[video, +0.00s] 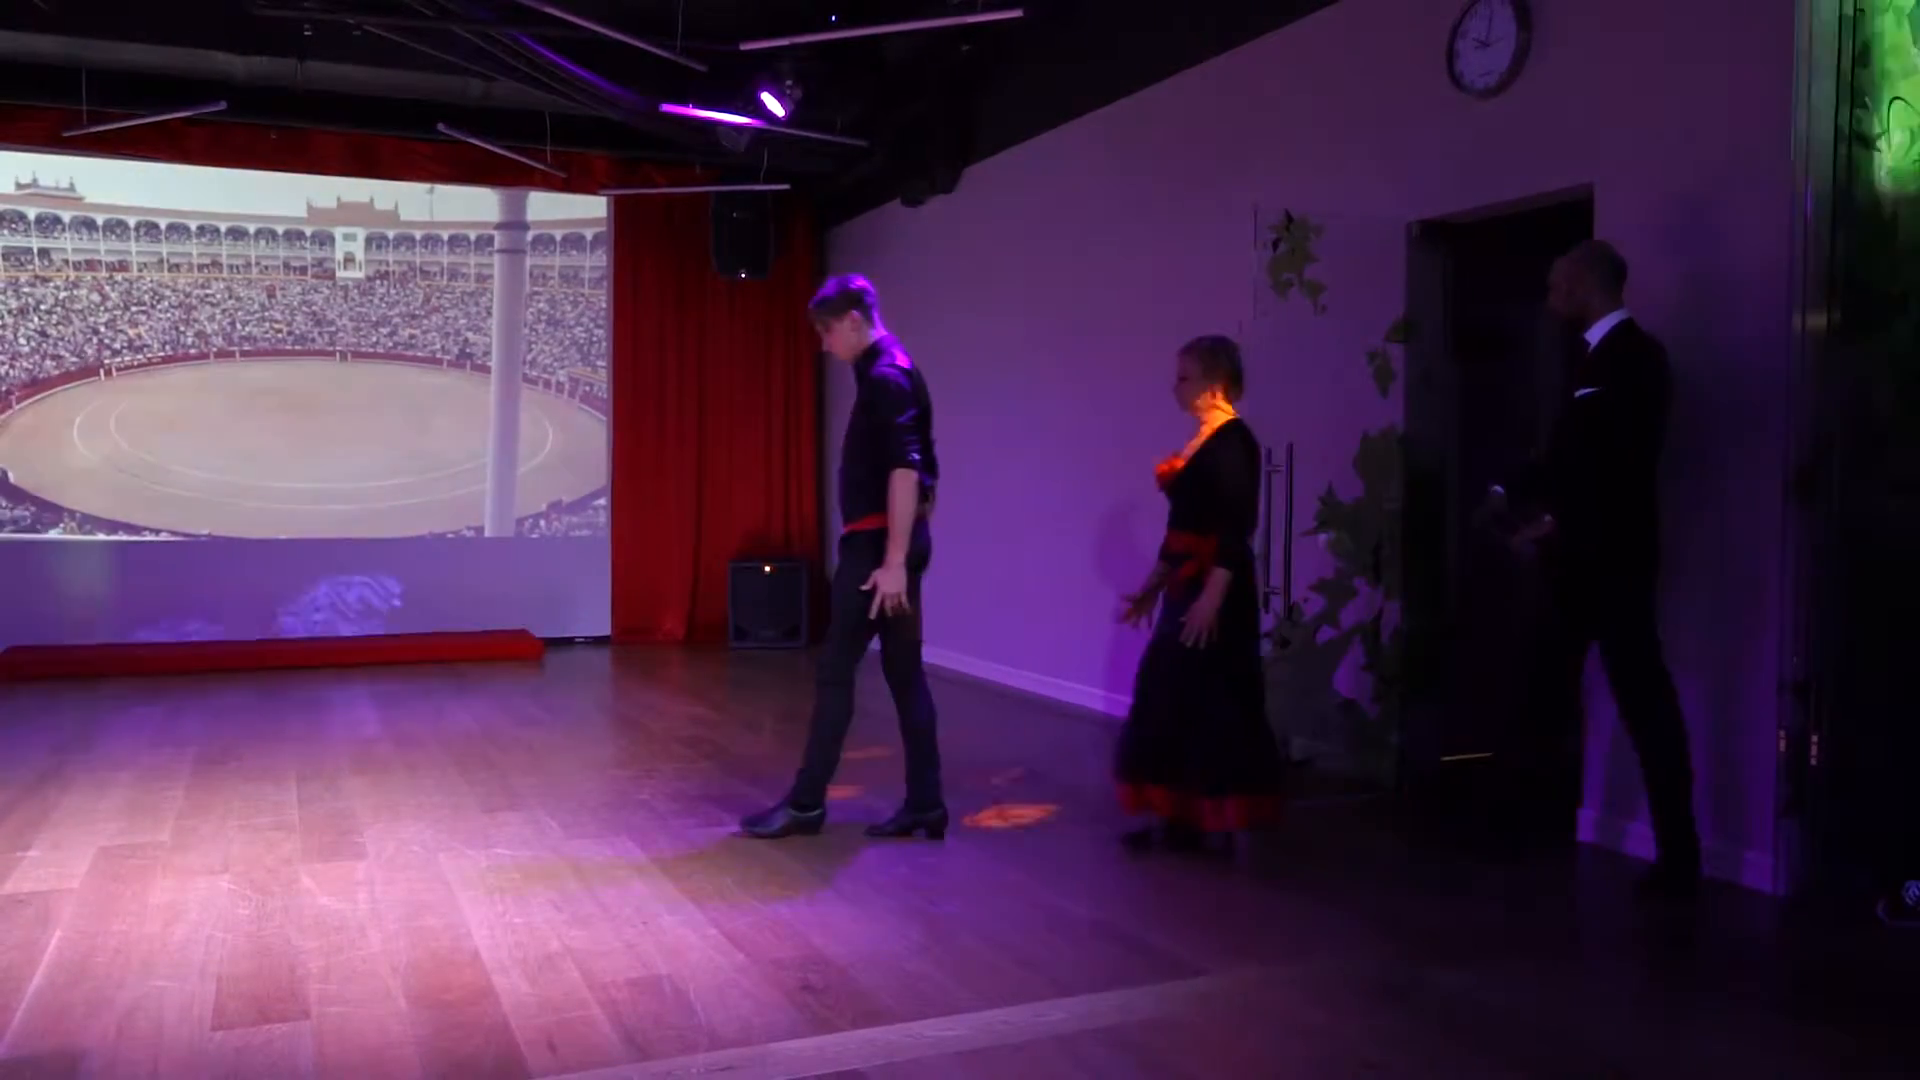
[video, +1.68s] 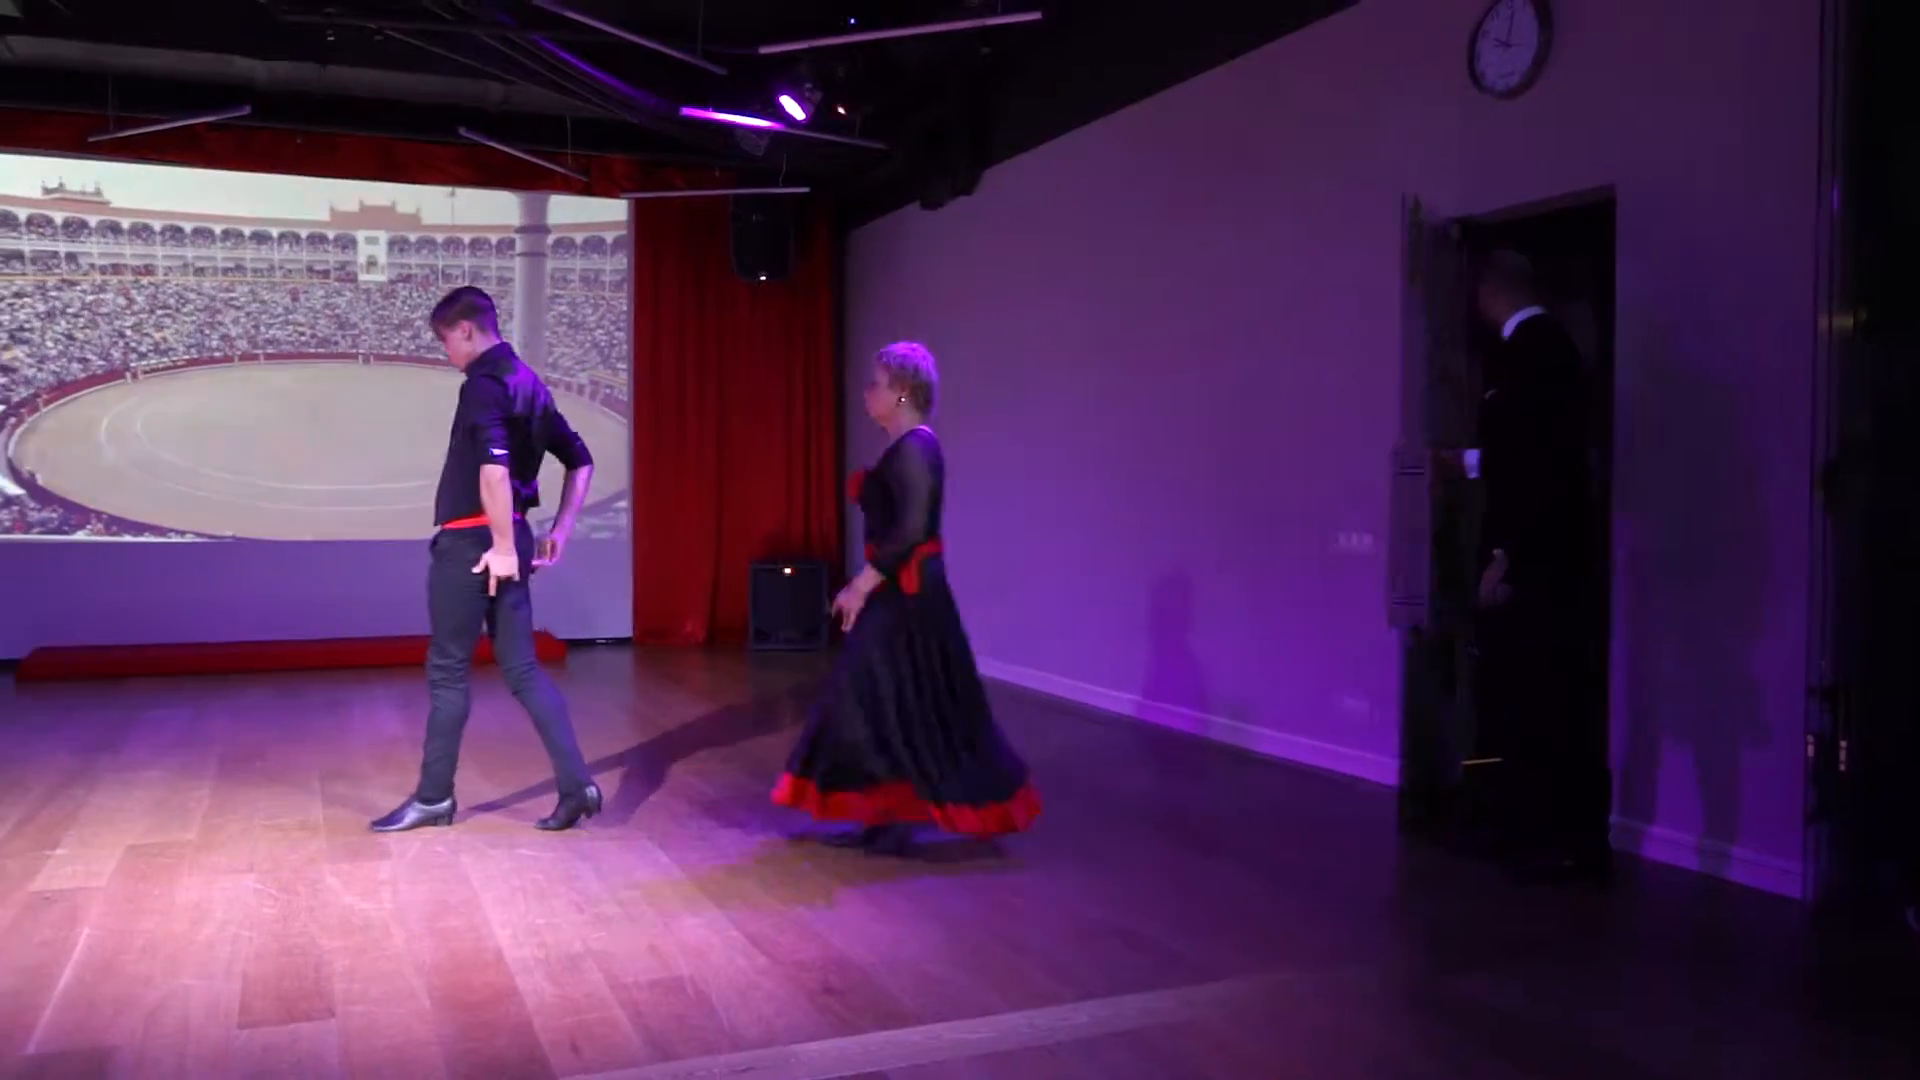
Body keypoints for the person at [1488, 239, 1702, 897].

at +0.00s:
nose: (1553, 294)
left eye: (1561, 282)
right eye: (1555, 282)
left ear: (1592, 285)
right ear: (1603, 286)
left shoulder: (1625, 358)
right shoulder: (1600, 353)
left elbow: (1597, 462)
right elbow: (1578, 456)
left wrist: (1543, 509)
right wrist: (1542, 510)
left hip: (1610, 553)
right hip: (1590, 550)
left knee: (1644, 700)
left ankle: (1677, 852)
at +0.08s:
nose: (1534, 301)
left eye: (1541, 288)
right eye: (1535, 289)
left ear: (1570, 288)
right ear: (1584, 287)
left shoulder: (1598, 361)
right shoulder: (1601, 356)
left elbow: (1585, 470)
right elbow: (1584, 469)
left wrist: (1547, 525)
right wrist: (1546, 525)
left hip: (1595, 552)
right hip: (1590, 549)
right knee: (1634, 695)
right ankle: (1675, 847)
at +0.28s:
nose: (1483, 304)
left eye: (1490, 292)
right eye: (1484, 292)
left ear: (1520, 292)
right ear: (1526, 293)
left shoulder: (1562, 356)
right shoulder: (1537, 356)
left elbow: (1560, 466)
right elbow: (1545, 464)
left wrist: (1525, 539)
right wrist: (1518, 535)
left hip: (1567, 547)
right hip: (1553, 545)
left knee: (1598, 690)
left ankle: (1656, 842)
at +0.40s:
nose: (1460, 308)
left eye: (1465, 294)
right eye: (1460, 295)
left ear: (1492, 292)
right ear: (1497, 291)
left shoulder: (1547, 352)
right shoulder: (1498, 358)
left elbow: (1552, 459)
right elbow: (1445, 424)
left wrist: (1523, 537)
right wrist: (1356, 442)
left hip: (1556, 545)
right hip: (1516, 544)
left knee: (1580, 689)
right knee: (1503, 683)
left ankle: (1620, 838)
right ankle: (1504, 822)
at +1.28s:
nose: (1433, 305)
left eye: (1439, 290)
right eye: (1433, 292)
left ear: (1464, 288)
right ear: (1468, 286)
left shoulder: (1511, 351)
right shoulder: (1479, 352)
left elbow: (1513, 455)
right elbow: (1459, 451)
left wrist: (1511, 539)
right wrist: (1369, 456)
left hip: (1518, 558)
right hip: (1493, 555)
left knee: (1510, 695)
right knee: (1494, 693)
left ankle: (1521, 835)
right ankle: (1499, 828)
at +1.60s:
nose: (1459, 308)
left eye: (1460, 296)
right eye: (1460, 296)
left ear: (1473, 294)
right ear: (1506, 290)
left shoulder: (1511, 356)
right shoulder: (1527, 349)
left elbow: (1507, 463)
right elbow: (1508, 460)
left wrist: (1494, 548)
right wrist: (1444, 465)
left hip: (1521, 554)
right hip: (1530, 546)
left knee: (1511, 693)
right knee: (1521, 691)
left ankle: (1518, 830)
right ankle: (1524, 827)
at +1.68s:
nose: (1481, 310)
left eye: (1483, 299)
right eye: (1483, 298)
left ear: (1494, 299)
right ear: (1532, 290)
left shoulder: (1525, 357)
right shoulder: (1560, 349)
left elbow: (1523, 468)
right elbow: (1534, 463)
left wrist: (1502, 552)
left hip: (1540, 552)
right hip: (1567, 545)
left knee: (1535, 693)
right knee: (1562, 692)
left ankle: (1542, 833)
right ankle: (1570, 833)